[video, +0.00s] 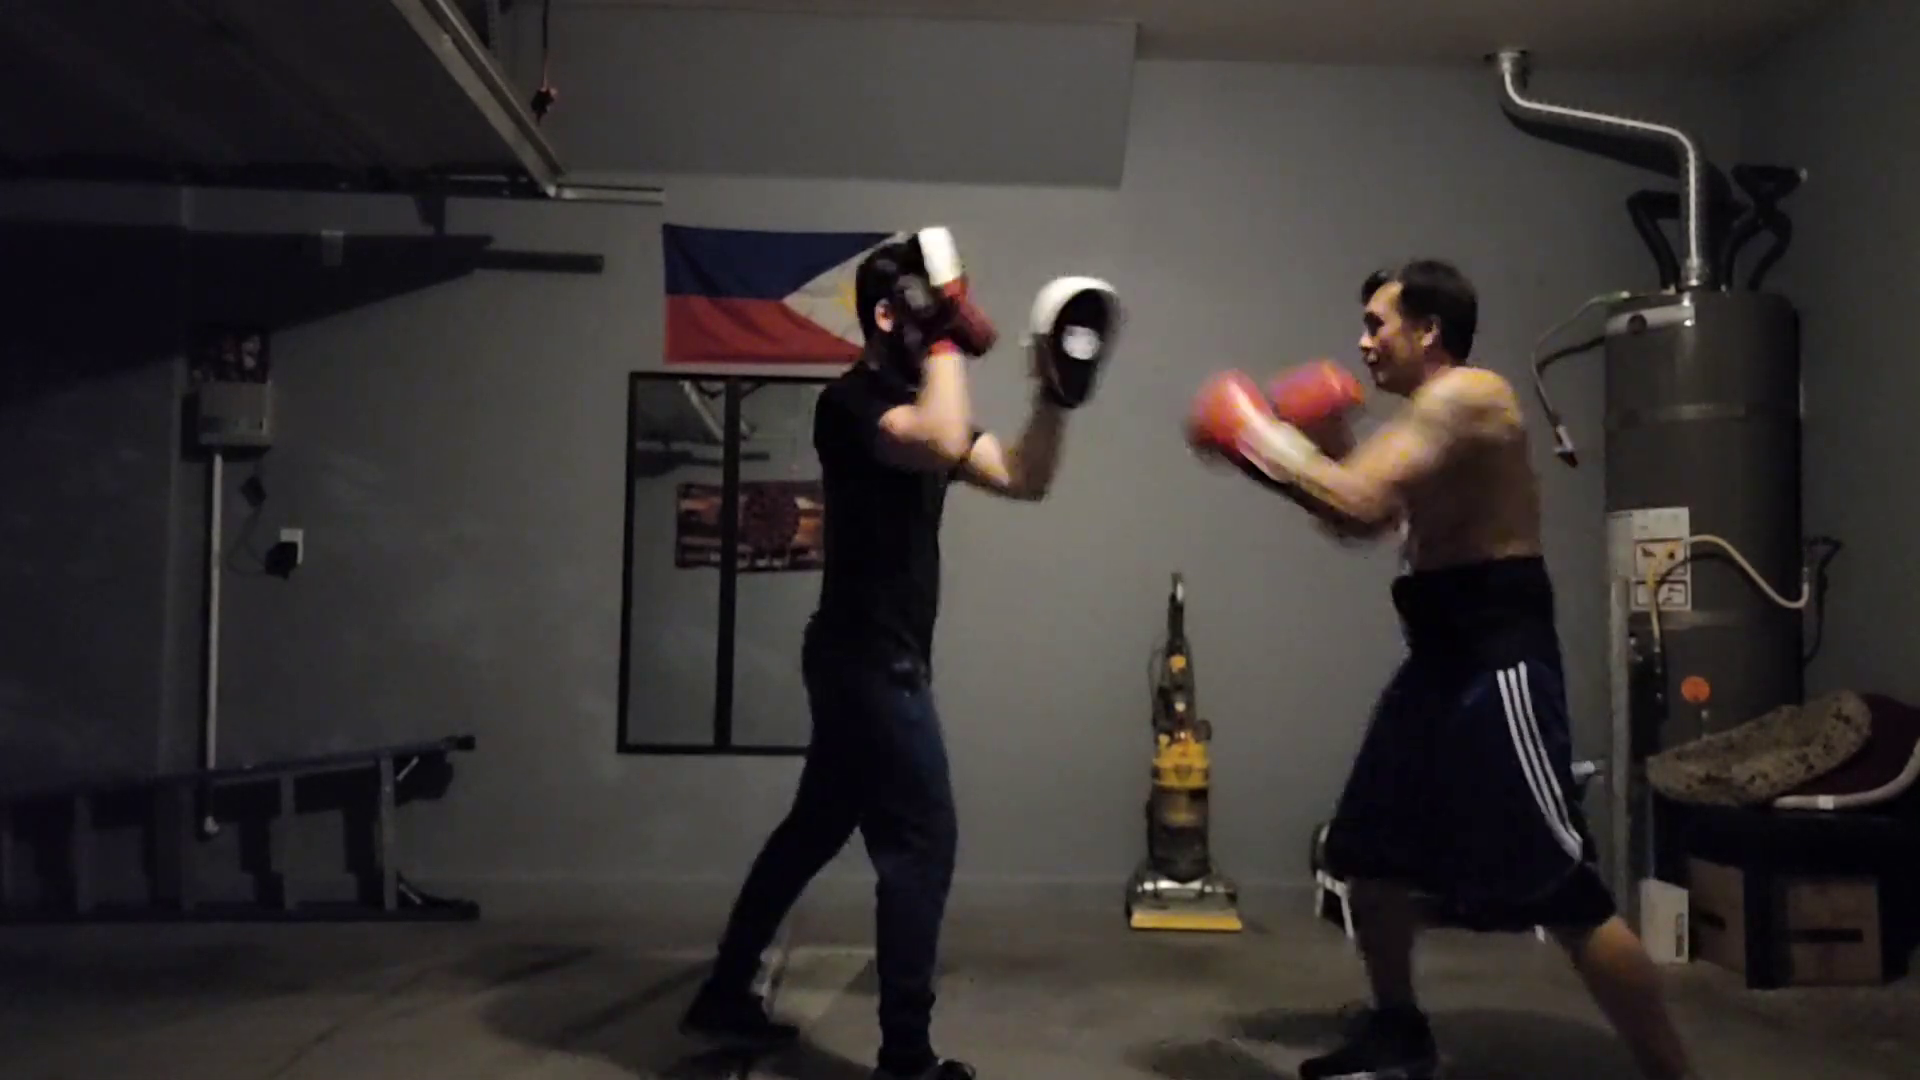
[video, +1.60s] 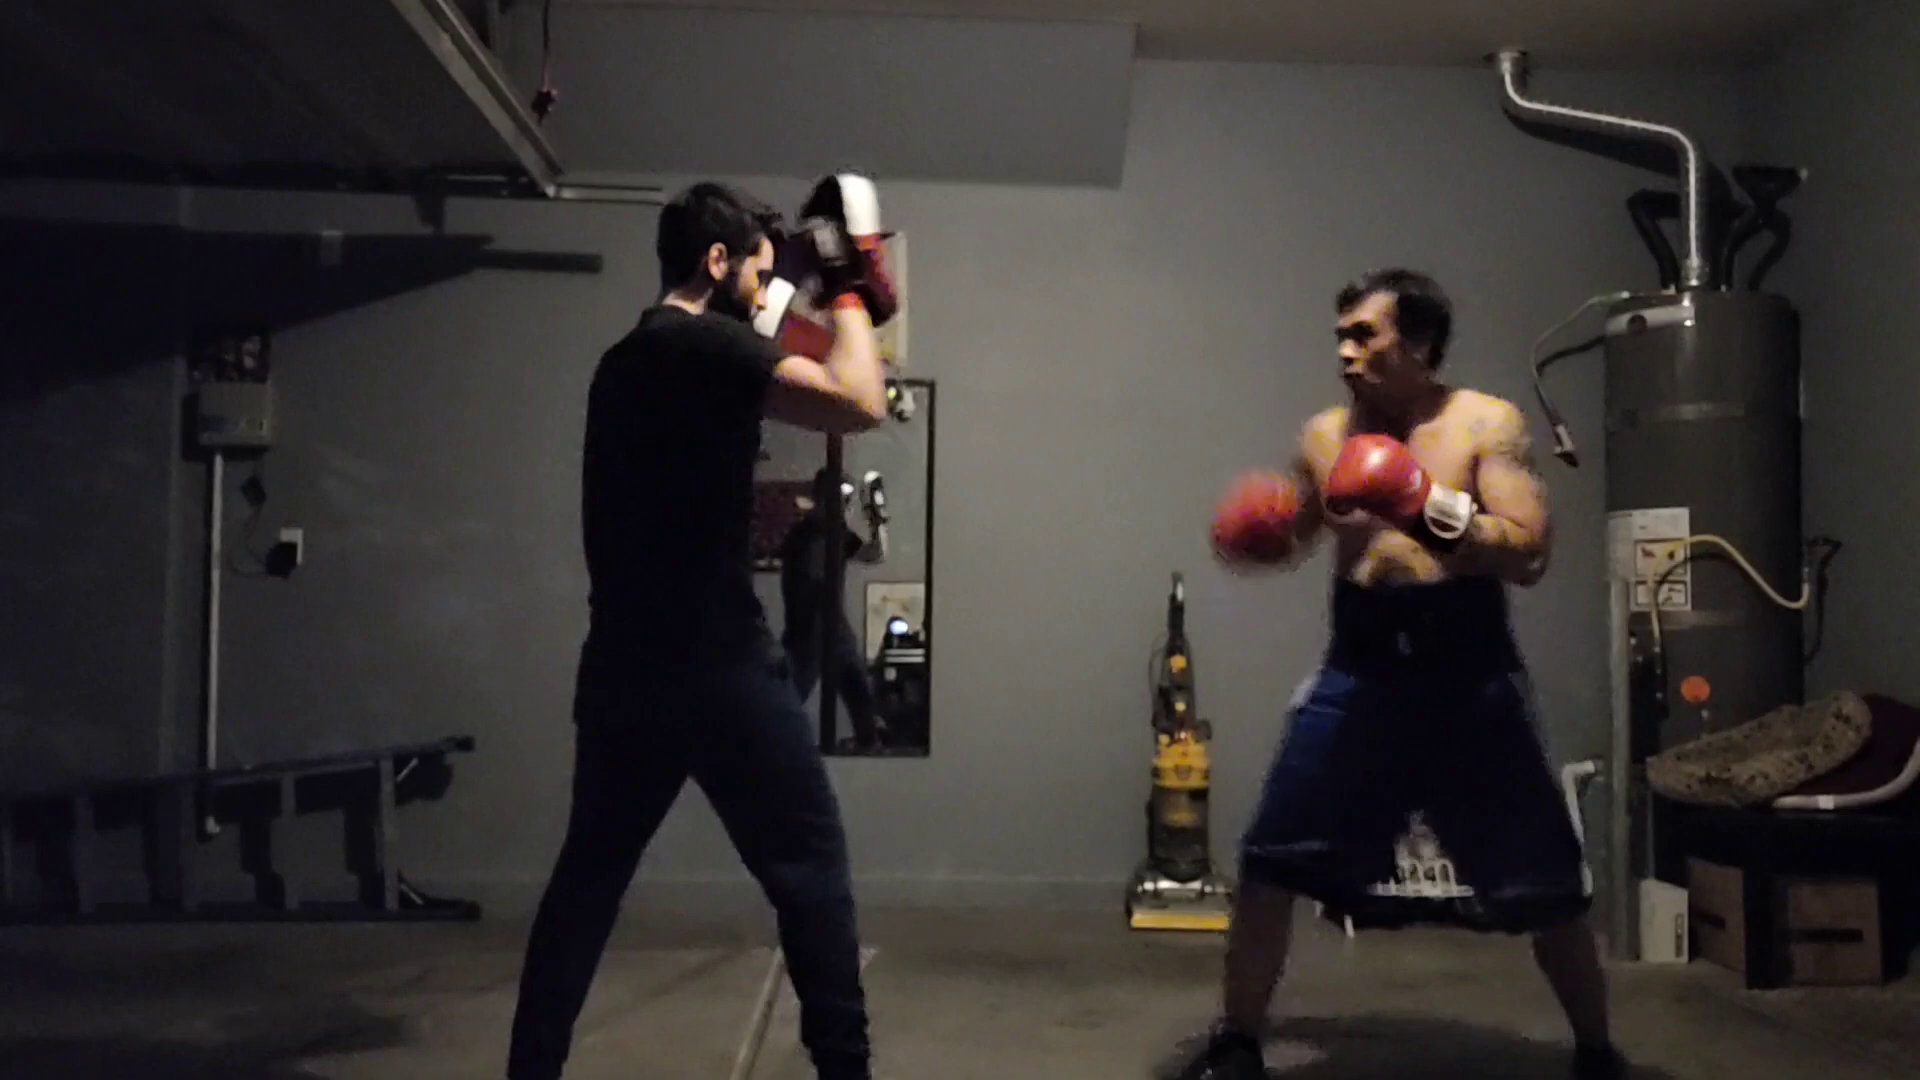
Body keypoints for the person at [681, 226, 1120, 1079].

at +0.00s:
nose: (949, 324)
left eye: (948, 311)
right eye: (936, 310)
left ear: (896, 322)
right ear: (889, 319)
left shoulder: (913, 404)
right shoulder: (851, 399)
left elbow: (1023, 478)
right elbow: (943, 437)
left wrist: (1055, 394)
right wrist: (945, 340)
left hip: (880, 657)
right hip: (865, 659)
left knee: (813, 832)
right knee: (921, 848)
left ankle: (725, 994)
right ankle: (907, 1055)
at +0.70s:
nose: (890, 320)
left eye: (889, 307)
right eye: (880, 304)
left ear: (824, 310)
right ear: (836, 308)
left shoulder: (787, 395)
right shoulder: (832, 377)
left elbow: (899, 486)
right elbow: (955, 363)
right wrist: (956, 266)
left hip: (776, 647)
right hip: (833, 651)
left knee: (782, 830)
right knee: (882, 837)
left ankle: (720, 1019)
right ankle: (827, 1049)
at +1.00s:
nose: (873, 304)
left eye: (873, 289)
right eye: (867, 287)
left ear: (796, 283)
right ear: (822, 279)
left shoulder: (740, 374)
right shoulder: (824, 357)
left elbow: (936, 418)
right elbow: (962, 413)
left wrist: (1018, 363)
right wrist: (1016, 330)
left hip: (735, 646)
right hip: (820, 651)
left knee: (721, 835)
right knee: (829, 859)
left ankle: (643, 1035)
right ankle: (811, 1059)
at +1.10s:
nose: (857, 299)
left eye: (859, 283)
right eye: (851, 281)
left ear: (780, 276)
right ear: (804, 274)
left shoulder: (729, 365)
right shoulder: (800, 359)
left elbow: (886, 440)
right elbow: (916, 436)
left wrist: (971, 379)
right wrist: (964, 346)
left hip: (718, 645)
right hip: (800, 652)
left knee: (683, 841)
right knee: (823, 859)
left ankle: (574, 1045)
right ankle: (812, 1063)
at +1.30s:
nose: (808, 324)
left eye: (810, 307)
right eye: (800, 303)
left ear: (736, 296)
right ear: (752, 292)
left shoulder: (678, 377)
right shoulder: (723, 371)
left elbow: (730, 533)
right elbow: (825, 458)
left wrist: (794, 514)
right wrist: (846, 352)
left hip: (657, 675)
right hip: (733, 679)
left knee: (599, 877)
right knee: (820, 860)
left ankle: (533, 1063)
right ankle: (813, 1065)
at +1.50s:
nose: (767, 296)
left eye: (771, 281)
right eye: (763, 278)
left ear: (681, 270)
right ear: (719, 267)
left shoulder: (630, 360)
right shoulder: (700, 344)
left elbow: (671, 503)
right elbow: (817, 415)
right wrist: (817, 318)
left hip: (628, 655)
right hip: (711, 657)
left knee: (591, 868)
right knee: (802, 853)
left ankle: (532, 1063)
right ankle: (831, 1061)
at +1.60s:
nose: (765, 291)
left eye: (766, 273)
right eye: (761, 270)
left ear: (675, 262)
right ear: (724, 262)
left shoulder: (622, 361)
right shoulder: (717, 348)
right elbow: (860, 401)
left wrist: (810, 313)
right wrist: (850, 301)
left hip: (624, 658)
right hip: (718, 661)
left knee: (587, 873)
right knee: (808, 863)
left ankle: (531, 1064)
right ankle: (844, 1062)